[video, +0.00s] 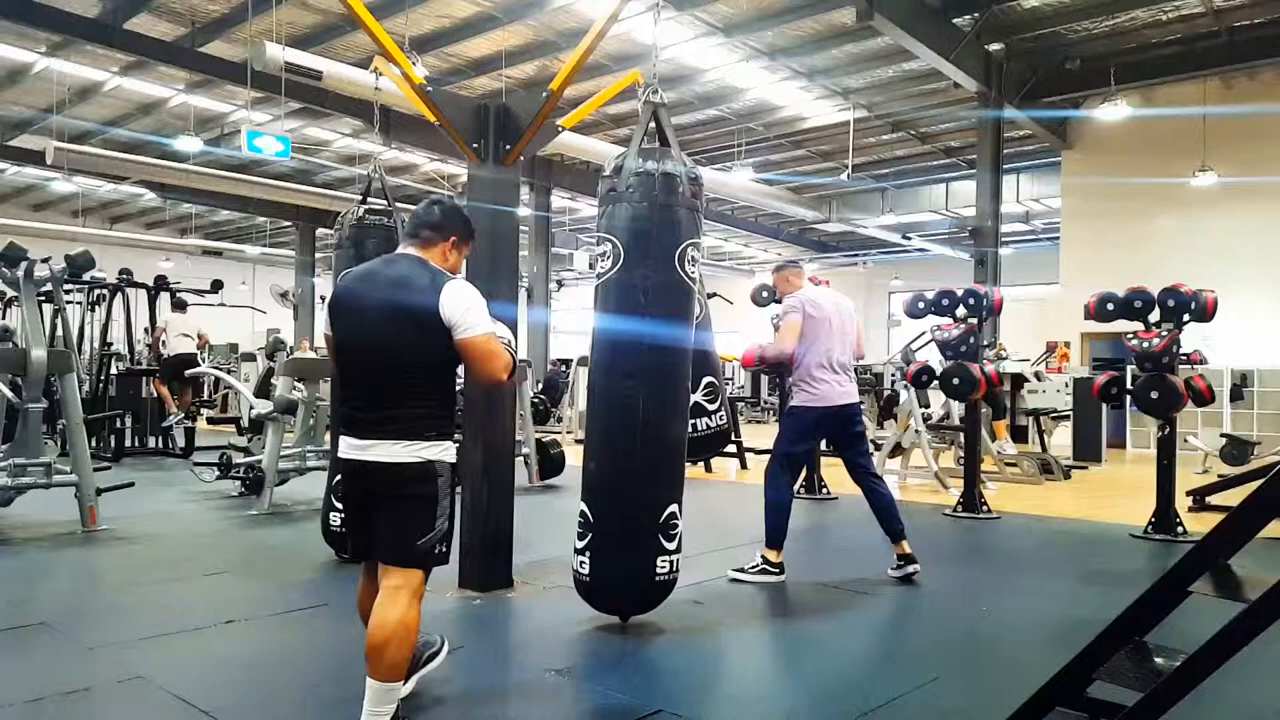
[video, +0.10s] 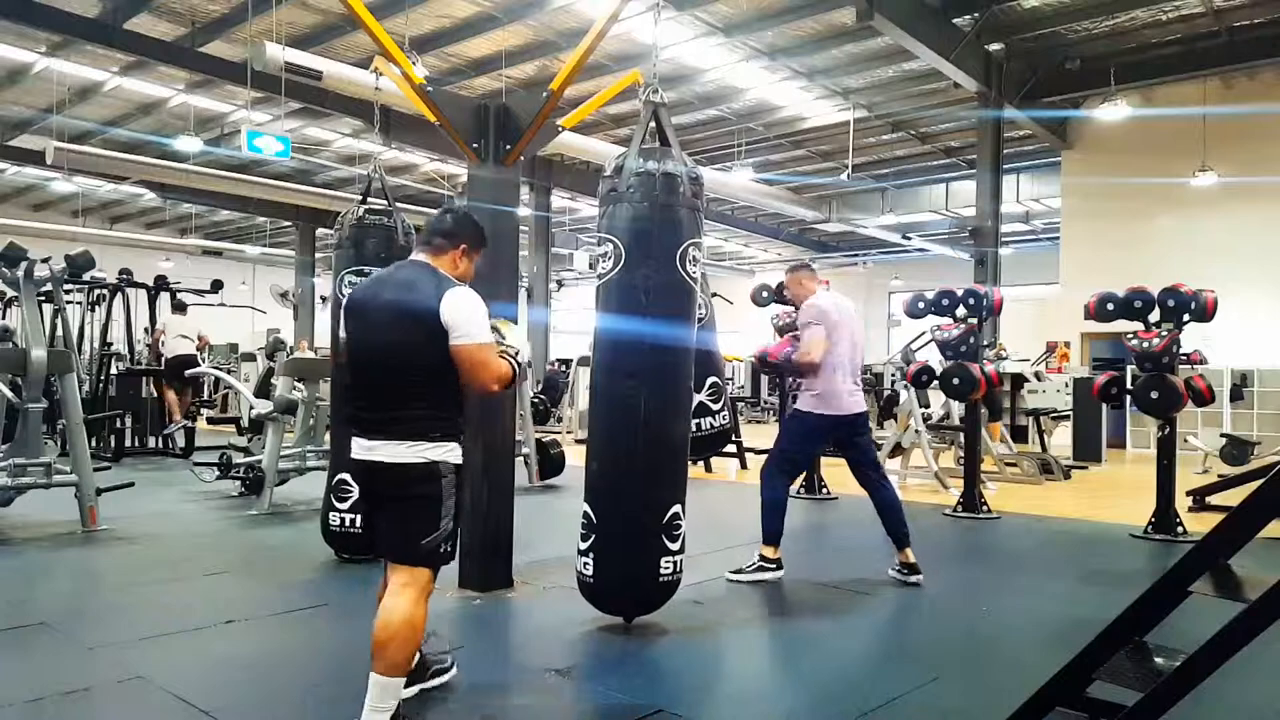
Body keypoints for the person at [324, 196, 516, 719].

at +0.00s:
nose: (463, 267)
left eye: (465, 257)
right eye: (464, 256)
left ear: (406, 237)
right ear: (451, 247)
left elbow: (333, 351)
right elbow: (494, 370)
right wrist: (502, 340)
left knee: (375, 571)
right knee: (401, 588)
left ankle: (399, 661)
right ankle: (375, 712)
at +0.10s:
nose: (474, 274)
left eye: (476, 265)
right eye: (475, 264)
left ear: (422, 243)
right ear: (461, 253)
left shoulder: (362, 292)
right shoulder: (455, 297)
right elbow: (489, 378)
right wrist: (511, 358)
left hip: (368, 453)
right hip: (424, 457)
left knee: (400, 569)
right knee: (410, 584)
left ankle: (406, 662)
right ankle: (377, 712)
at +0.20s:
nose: (484, 277)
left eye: (487, 268)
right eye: (486, 267)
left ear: (439, 246)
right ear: (471, 254)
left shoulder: (385, 287)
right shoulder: (461, 295)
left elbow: (395, 362)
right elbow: (485, 376)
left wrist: (481, 353)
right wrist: (505, 363)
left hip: (381, 451)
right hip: (431, 456)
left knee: (412, 560)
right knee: (440, 570)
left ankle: (412, 661)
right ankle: (381, 701)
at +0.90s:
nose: (563, 316)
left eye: (563, 311)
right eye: (564, 310)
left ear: (525, 289)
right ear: (554, 301)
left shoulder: (473, 314)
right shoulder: (543, 316)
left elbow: (450, 376)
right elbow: (593, 363)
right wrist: (623, 358)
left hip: (444, 439)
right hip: (483, 444)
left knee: (481, 534)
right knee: (476, 552)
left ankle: (479, 620)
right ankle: (429, 673)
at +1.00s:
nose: (568, 317)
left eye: (567, 311)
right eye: (568, 311)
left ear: (529, 293)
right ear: (559, 302)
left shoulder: (475, 317)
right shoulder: (557, 316)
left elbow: (439, 375)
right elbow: (613, 359)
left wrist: (484, 378)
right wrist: (634, 359)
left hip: (450, 438)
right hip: (490, 444)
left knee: (481, 534)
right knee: (478, 550)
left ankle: (479, 621)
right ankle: (434, 669)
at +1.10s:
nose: (578, 322)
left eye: (580, 317)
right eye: (579, 316)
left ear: (547, 293)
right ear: (570, 302)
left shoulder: (504, 310)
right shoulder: (552, 313)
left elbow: (497, 375)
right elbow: (564, 369)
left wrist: (540, 409)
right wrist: (586, 400)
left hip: (478, 429)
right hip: (489, 432)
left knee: (507, 522)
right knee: (481, 536)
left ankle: (481, 620)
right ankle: (442, 656)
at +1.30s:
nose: (577, 318)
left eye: (581, 313)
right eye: (579, 310)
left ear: (562, 290)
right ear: (567, 293)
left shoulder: (531, 307)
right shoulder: (534, 309)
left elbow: (532, 373)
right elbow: (530, 372)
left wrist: (572, 371)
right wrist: (569, 358)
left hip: (505, 435)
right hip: (480, 433)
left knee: (526, 514)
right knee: (484, 536)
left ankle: (492, 604)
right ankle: (428, 644)